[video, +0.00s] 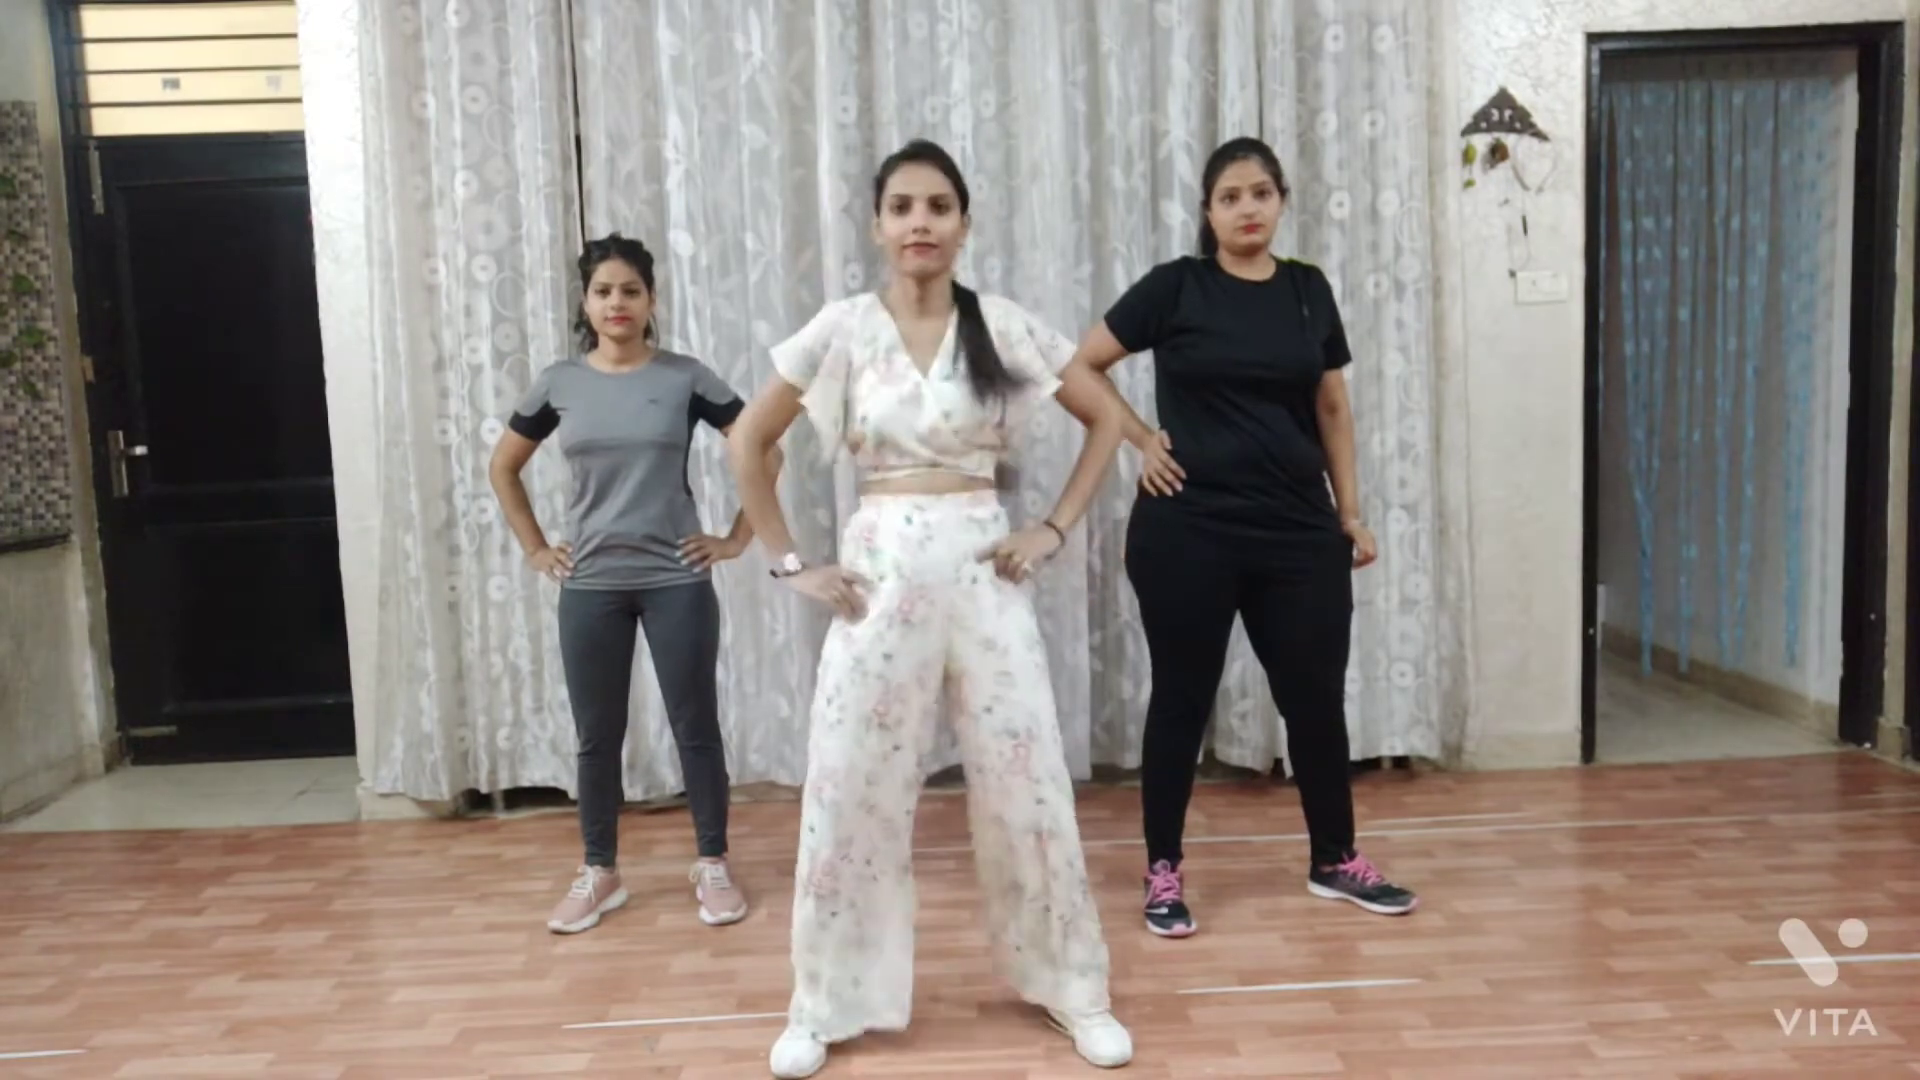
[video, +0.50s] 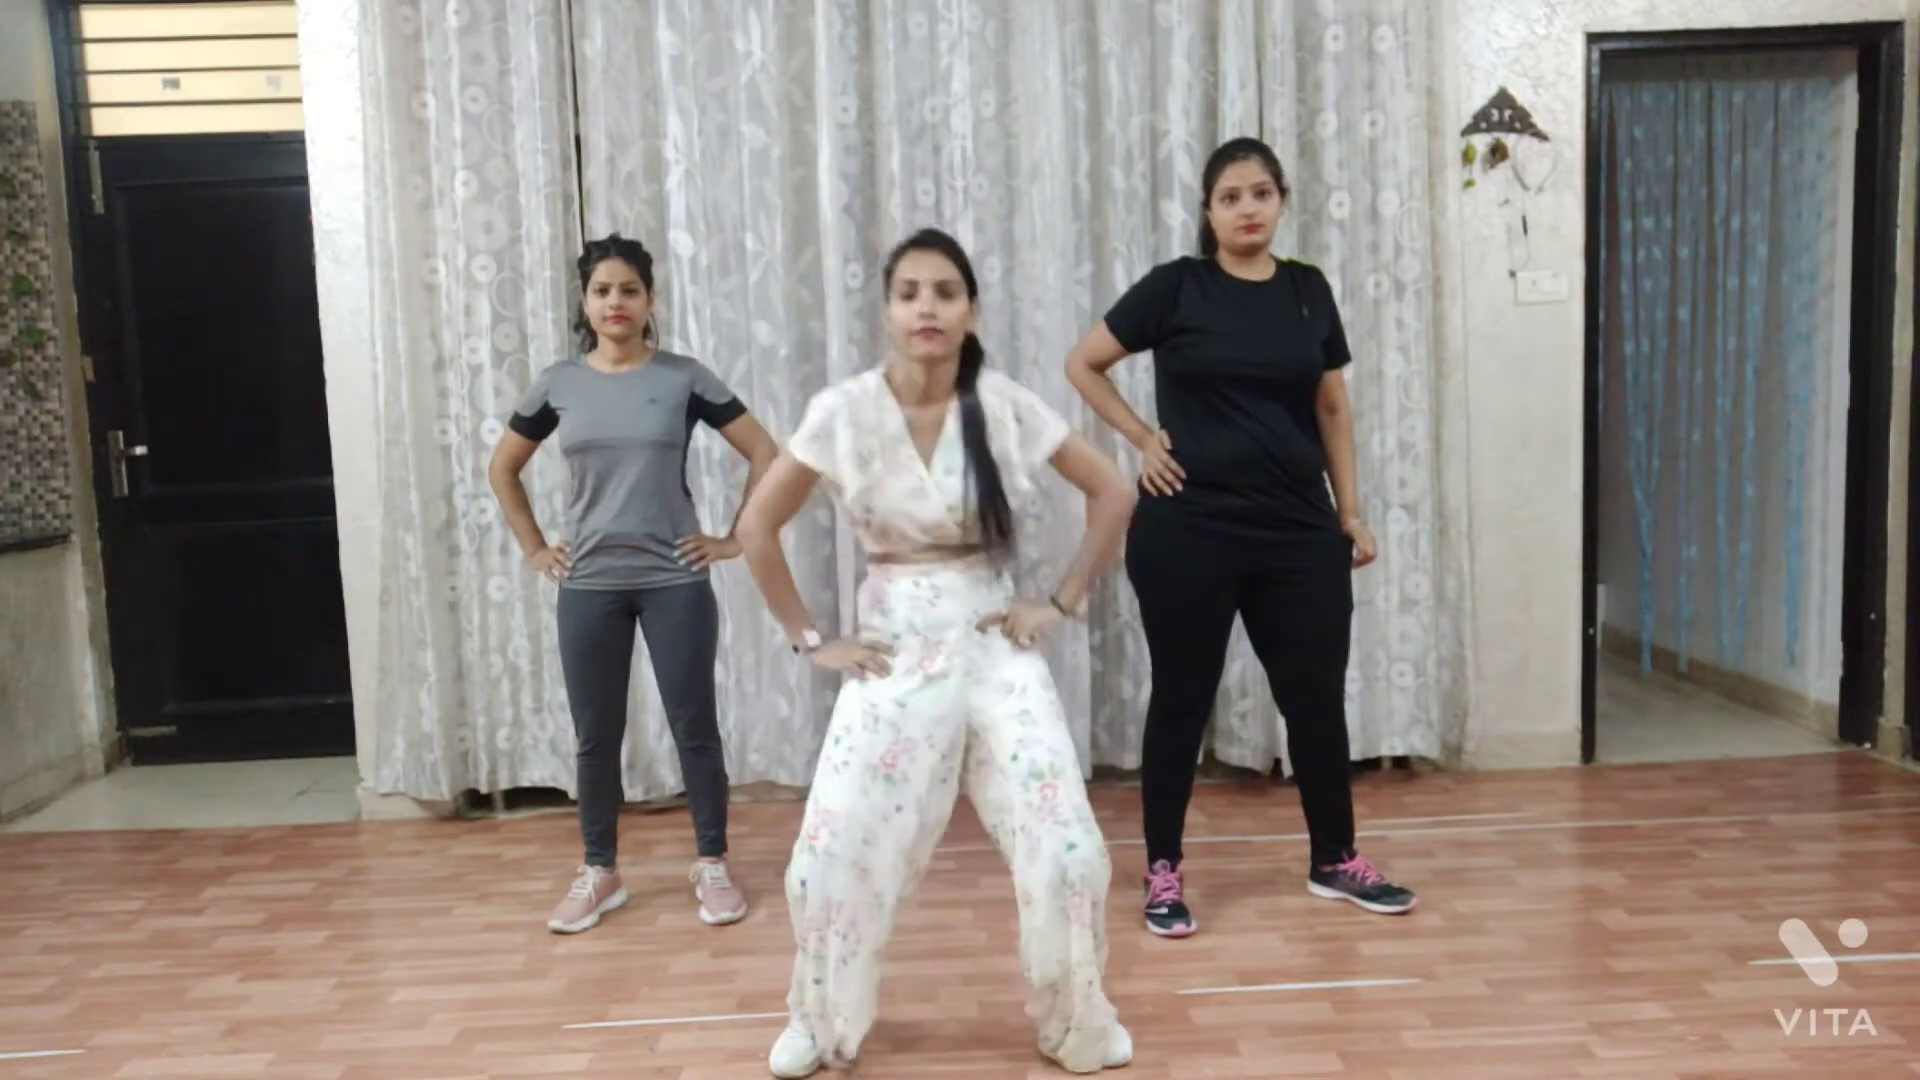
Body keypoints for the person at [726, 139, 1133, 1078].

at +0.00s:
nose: (919, 224)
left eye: (937, 207)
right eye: (902, 207)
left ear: (963, 222)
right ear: (877, 223)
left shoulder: (1002, 327)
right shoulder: (839, 330)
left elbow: (1112, 422)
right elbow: (746, 446)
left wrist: (1051, 528)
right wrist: (800, 566)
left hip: (987, 580)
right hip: (878, 585)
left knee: (1033, 784)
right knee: (840, 794)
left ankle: (1076, 990)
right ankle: (819, 1007)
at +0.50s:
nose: (926, 310)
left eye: (944, 294)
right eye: (909, 294)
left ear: (971, 311)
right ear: (885, 311)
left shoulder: (1004, 405)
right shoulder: (843, 412)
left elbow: (1114, 492)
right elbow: (755, 529)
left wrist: (1063, 602)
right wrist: (812, 640)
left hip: (999, 647)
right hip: (888, 655)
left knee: (1068, 849)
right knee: (829, 854)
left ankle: (1076, 1021)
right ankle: (819, 1022)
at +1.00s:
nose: (863, 275)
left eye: (881, 258)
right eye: (845, 258)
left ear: (908, 272)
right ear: (822, 273)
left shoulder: (957, 372)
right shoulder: (783, 397)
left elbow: (1065, 454)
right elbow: (725, 527)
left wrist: (1054, 577)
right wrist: (808, 621)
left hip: (985, 621)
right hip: (875, 636)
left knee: (1059, 830)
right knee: (820, 842)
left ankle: (1077, 1005)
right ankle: (829, 1012)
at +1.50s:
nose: (992, 269)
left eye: (1010, 252)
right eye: (975, 253)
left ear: (1038, 267)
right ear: (951, 267)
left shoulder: (1075, 376)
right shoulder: (907, 373)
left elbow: (1163, 478)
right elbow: (802, 474)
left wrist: (1092, 585)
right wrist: (838, 599)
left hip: (1020, 619)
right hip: (912, 614)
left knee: (1070, 830)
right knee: (852, 815)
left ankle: (1075, 1006)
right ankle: (825, 1020)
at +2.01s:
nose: (922, 218)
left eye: (941, 202)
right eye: (905, 202)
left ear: (968, 219)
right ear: (880, 219)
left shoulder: (1008, 327)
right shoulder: (835, 332)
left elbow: (1114, 425)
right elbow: (749, 443)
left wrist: (1062, 539)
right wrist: (793, 569)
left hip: (986, 578)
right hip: (880, 582)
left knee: (1032, 783)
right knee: (838, 790)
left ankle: (1081, 990)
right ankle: (817, 1003)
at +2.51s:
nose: (914, 253)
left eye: (932, 241)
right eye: (898, 241)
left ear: (961, 265)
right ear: (873, 262)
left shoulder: (991, 373)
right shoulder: (822, 369)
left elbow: (1070, 464)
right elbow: (764, 482)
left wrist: (1044, 577)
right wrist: (790, 597)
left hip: (976, 617)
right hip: (867, 622)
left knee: (1038, 813)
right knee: (828, 823)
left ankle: (1067, 1002)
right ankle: (815, 1009)